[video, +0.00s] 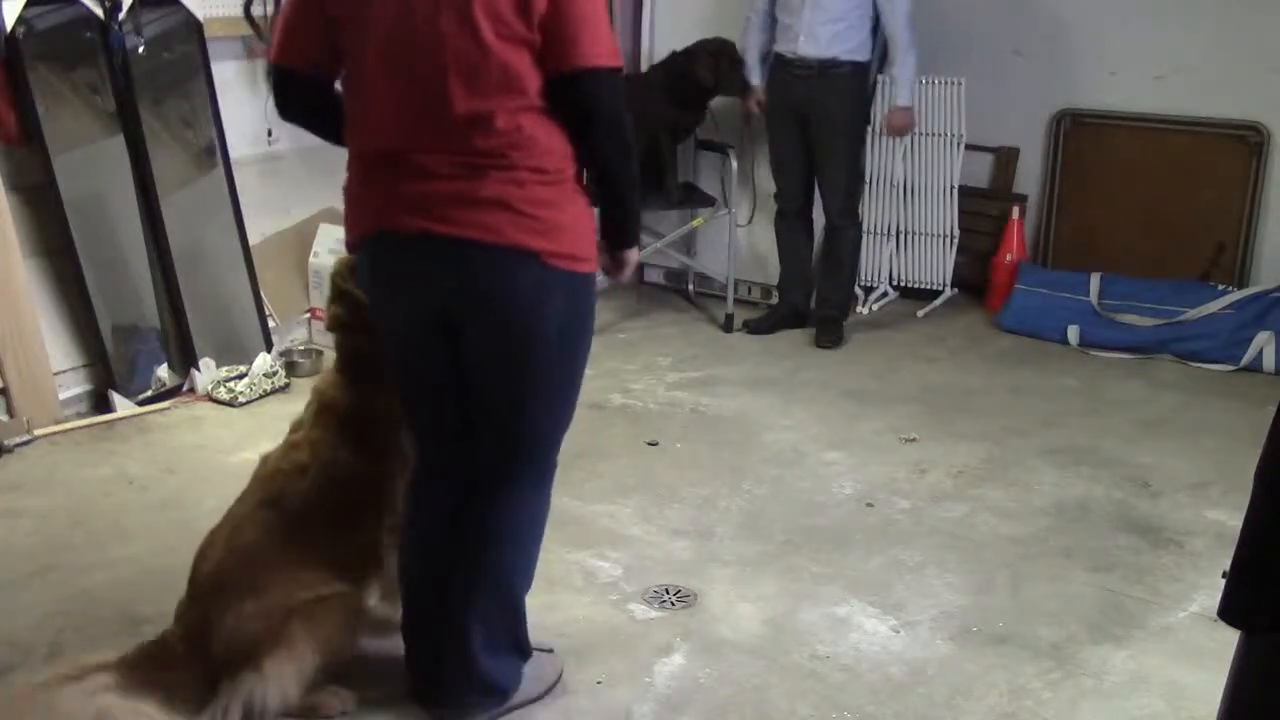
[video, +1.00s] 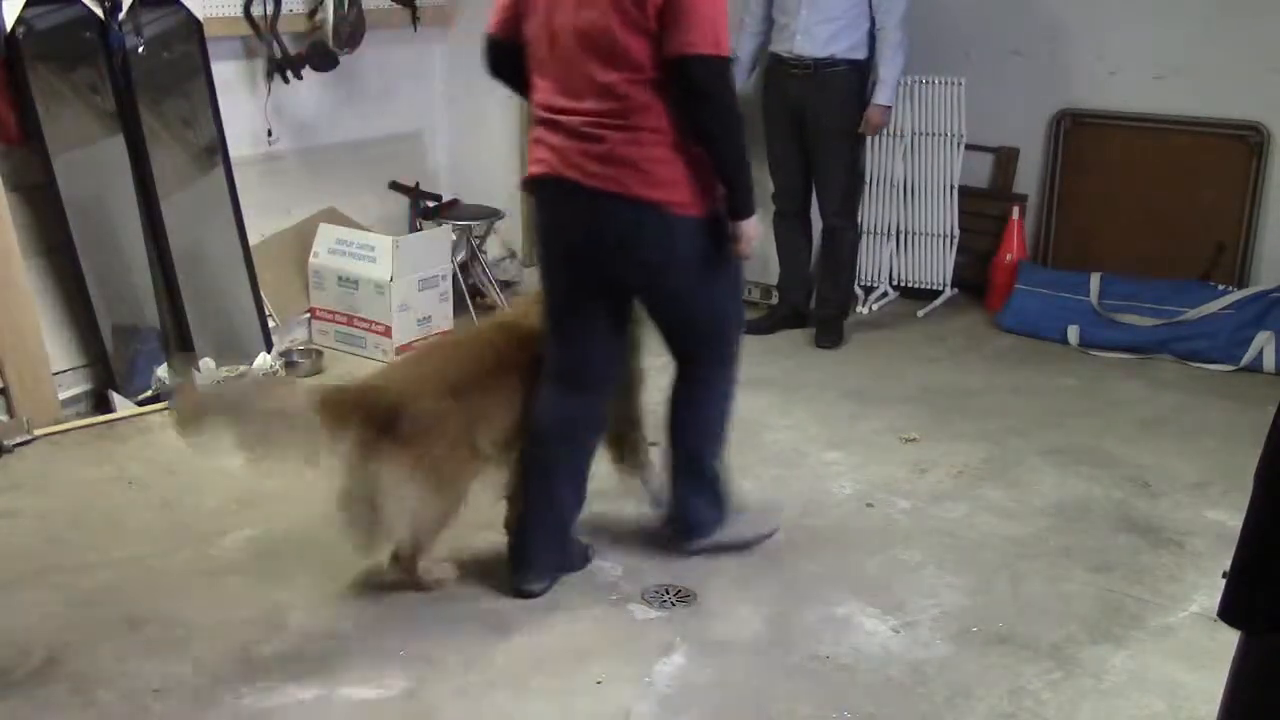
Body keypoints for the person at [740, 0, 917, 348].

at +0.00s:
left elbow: (898, 23)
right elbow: (759, 13)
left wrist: (902, 100)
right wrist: (755, 77)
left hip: (843, 80)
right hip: (786, 77)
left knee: (840, 209)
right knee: (790, 204)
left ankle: (831, 314)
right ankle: (793, 306)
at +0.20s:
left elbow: (900, 22)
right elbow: (758, 14)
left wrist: (903, 99)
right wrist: (744, 79)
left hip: (842, 81)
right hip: (785, 78)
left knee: (839, 209)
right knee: (790, 204)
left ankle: (831, 315)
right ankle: (792, 306)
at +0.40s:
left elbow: (891, 24)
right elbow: (758, 12)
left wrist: (877, 97)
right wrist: (735, 76)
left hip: (842, 79)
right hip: (786, 77)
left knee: (838, 210)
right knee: (790, 204)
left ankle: (831, 315)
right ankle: (792, 306)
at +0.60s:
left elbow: (890, 22)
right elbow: (757, 14)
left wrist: (867, 93)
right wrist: (731, 77)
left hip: (840, 81)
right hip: (784, 78)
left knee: (839, 209)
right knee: (789, 204)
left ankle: (831, 314)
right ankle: (792, 305)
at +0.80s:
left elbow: (888, 21)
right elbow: (756, 15)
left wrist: (876, 99)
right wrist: (731, 83)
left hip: (841, 79)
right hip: (783, 76)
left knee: (838, 210)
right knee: (789, 204)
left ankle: (831, 313)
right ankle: (792, 305)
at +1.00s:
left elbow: (891, 23)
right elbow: (755, 17)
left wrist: (883, 98)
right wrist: (732, 81)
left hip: (839, 80)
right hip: (782, 78)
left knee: (837, 210)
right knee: (788, 205)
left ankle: (831, 314)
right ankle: (792, 305)